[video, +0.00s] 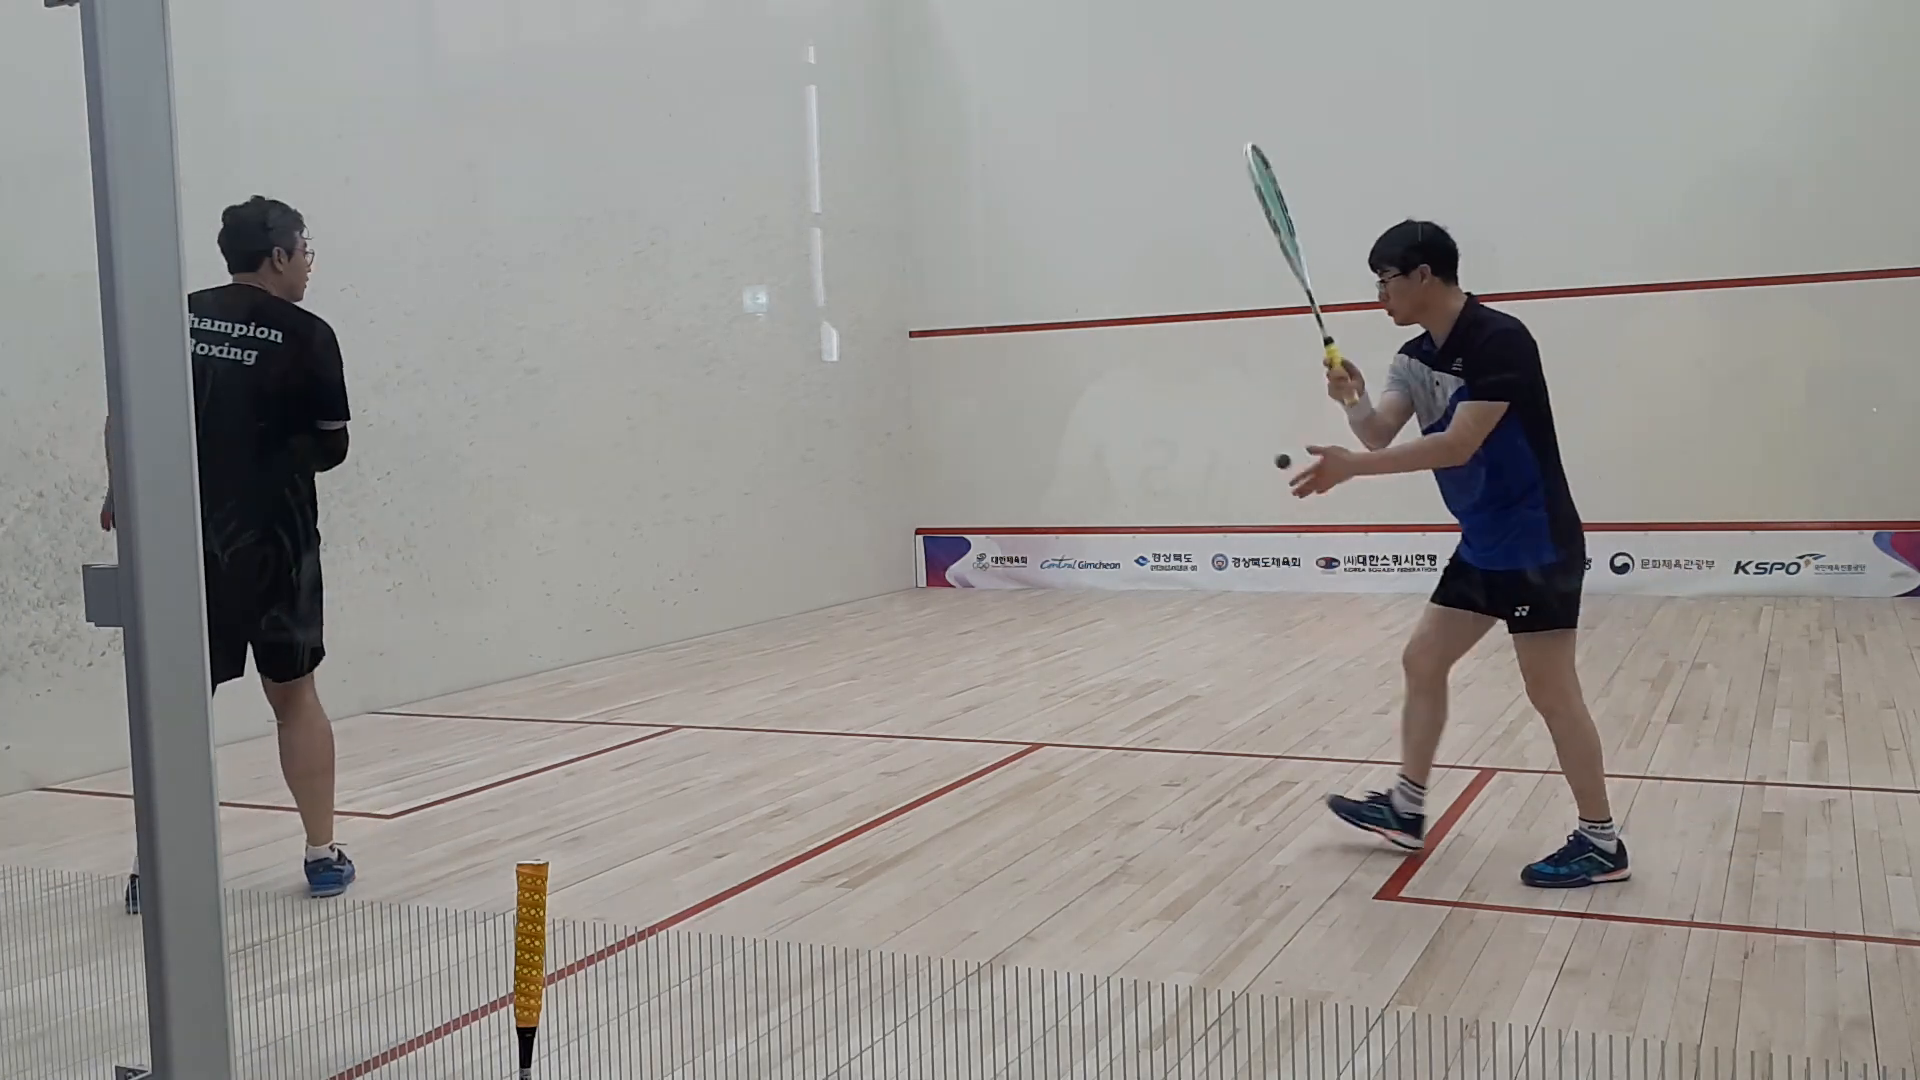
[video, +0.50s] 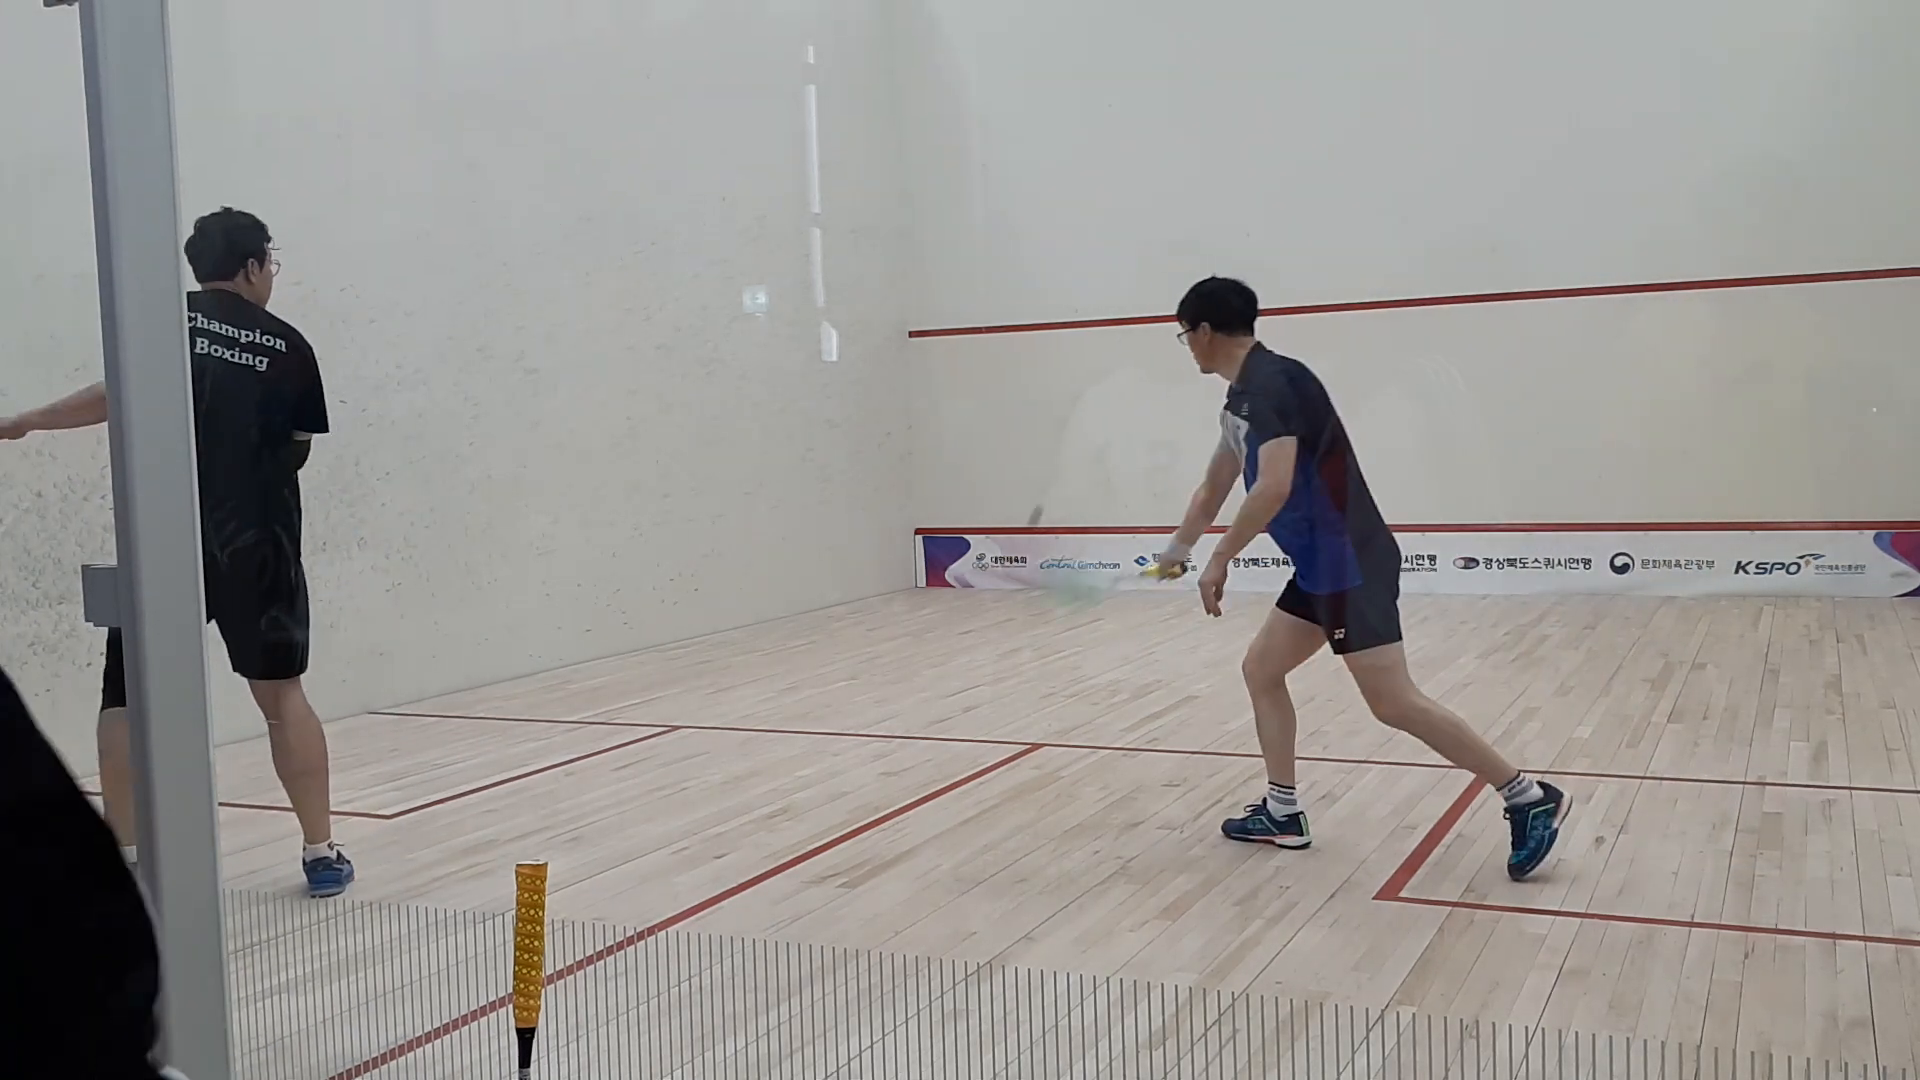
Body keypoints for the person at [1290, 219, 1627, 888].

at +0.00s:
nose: (1379, 296)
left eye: (1386, 281)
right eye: (1377, 283)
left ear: (1424, 275)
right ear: (1418, 279)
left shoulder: (1501, 341)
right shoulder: (1416, 352)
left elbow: (1458, 445)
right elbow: (1378, 437)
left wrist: (1358, 466)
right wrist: (1353, 400)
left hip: (1542, 546)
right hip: (1484, 545)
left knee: (1554, 692)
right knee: (1424, 659)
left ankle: (1601, 838)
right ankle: (1407, 805)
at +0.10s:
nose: (1349, 303)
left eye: (1355, 289)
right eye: (1347, 290)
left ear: (1393, 282)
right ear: (1389, 286)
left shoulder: (1472, 341)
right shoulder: (1385, 354)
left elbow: (1424, 429)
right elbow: (1345, 423)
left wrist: (1330, 445)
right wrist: (1331, 364)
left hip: (1508, 553)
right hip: (1447, 551)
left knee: (1535, 695)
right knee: (1384, 663)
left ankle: (1597, 835)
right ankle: (1335, 796)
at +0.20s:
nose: (1315, 314)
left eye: (1319, 303)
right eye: (1313, 304)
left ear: (1350, 295)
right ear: (1351, 297)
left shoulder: (1433, 350)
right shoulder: (1348, 364)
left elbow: (1394, 431)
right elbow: (1301, 410)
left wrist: (1302, 446)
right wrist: (1311, 338)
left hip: (1468, 560)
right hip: (1409, 561)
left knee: (1509, 697)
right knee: (1343, 674)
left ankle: (1595, 833)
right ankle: (1301, 806)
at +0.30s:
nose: (1268, 335)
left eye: (1272, 322)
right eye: (1265, 325)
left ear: (1308, 314)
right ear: (1296, 318)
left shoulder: (1391, 367)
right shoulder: (1301, 378)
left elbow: (1360, 451)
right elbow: (1239, 440)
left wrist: (1267, 482)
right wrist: (1280, 386)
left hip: (1428, 571)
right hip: (1370, 571)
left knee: (1470, 706)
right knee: (1295, 667)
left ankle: (1582, 823)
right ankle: (1284, 809)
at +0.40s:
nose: (1223, 345)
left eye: (1225, 332)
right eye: (1220, 334)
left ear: (1255, 325)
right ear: (1258, 328)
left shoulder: (1337, 382)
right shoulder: (1257, 402)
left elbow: (1319, 480)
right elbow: (1214, 469)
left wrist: (1238, 530)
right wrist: (1178, 510)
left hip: (1388, 570)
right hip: (1342, 573)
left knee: (1419, 708)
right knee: (1271, 669)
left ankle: (1551, 805)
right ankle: (1282, 809)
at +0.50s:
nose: (1186, 344)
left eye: (1187, 332)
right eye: (1185, 333)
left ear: (1209, 331)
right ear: (1234, 326)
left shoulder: (1273, 383)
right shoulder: (1242, 395)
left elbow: (1274, 487)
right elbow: (1214, 486)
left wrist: (1221, 557)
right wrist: (1176, 549)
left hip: (1357, 564)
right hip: (1322, 568)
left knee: (1394, 702)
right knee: (1261, 669)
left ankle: (1528, 796)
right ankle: (1281, 810)